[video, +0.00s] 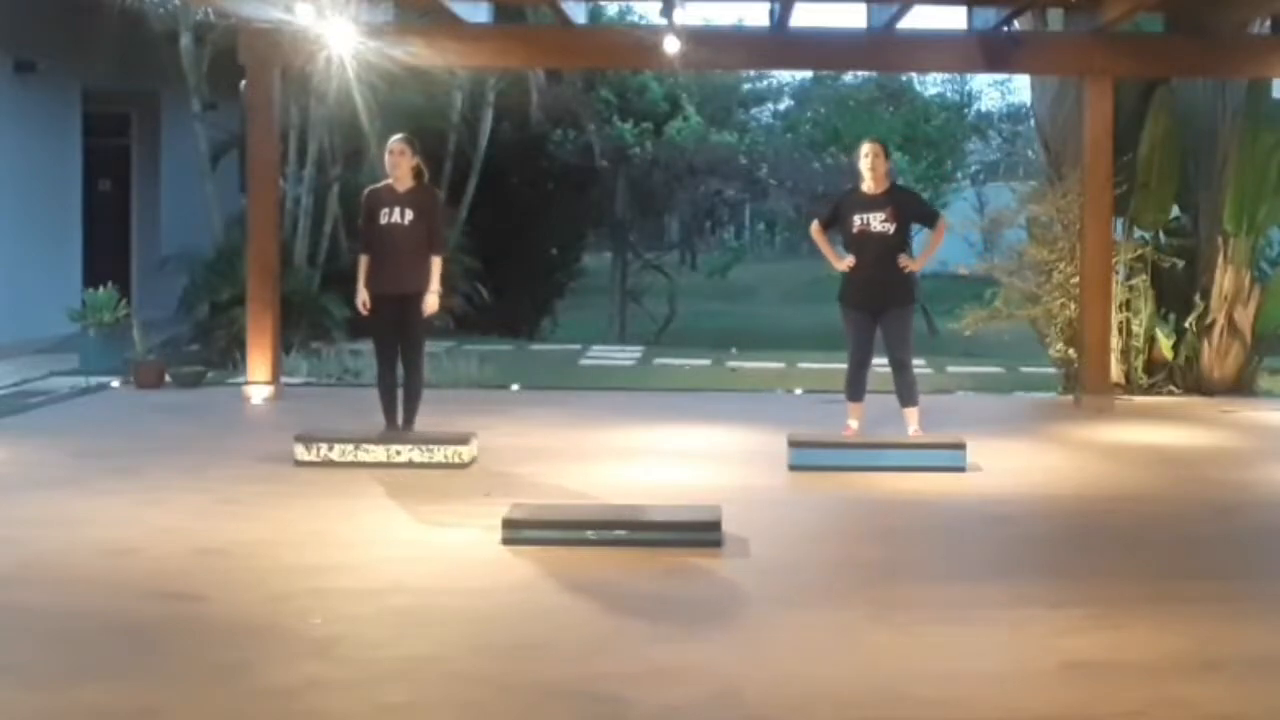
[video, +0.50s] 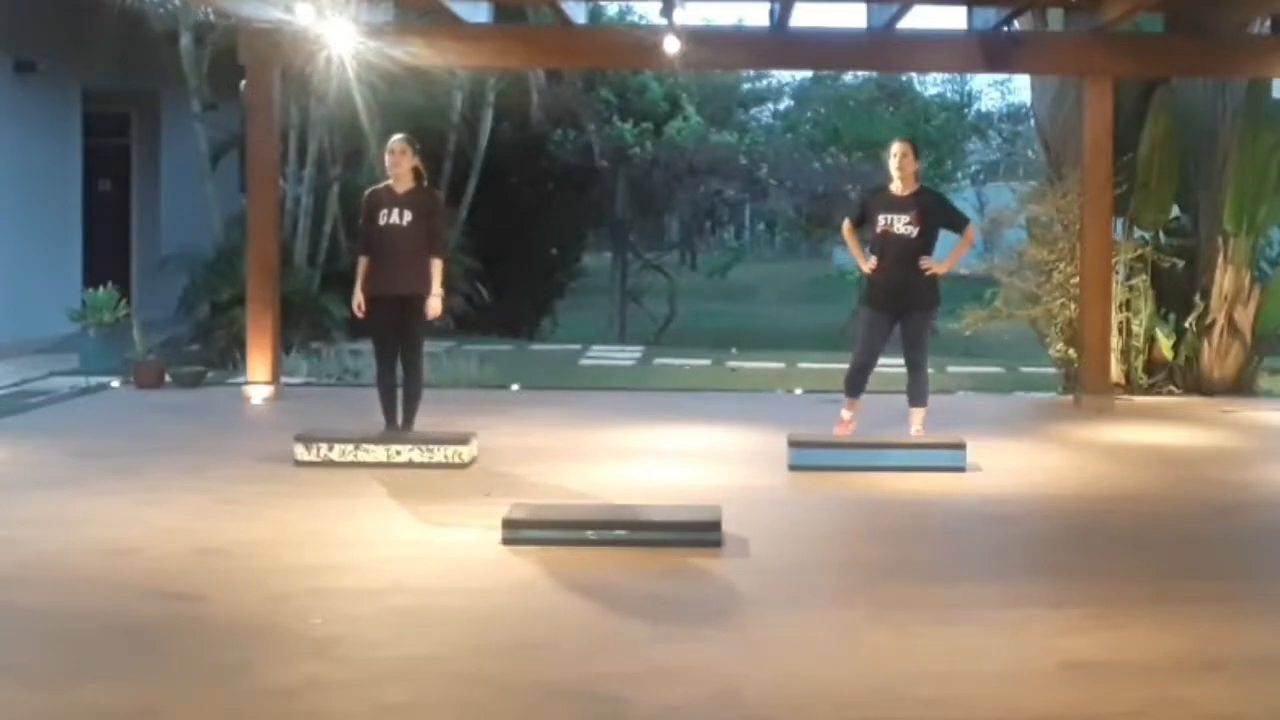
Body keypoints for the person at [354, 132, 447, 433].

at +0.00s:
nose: (394, 159)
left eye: (401, 153)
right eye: (390, 153)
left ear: (414, 159)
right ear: (384, 158)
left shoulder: (429, 196)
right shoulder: (373, 196)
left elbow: (436, 246)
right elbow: (366, 245)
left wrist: (433, 289)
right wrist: (361, 285)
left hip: (414, 292)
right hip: (381, 292)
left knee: (412, 361)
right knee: (385, 361)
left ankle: (408, 423)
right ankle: (390, 423)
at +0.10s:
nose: (395, 159)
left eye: (402, 153)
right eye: (391, 153)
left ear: (414, 159)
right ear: (385, 158)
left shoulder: (429, 197)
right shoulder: (373, 196)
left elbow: (436, 247)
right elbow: (365, 246)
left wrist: (431, 289)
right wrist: (360, 286)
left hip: (413, 292)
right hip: (381, 292)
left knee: (412, 362)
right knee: (385, 362)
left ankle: (408, 424)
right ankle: (390, 423)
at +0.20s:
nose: (396, 158)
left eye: (402, 153)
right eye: (392, 152)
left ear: (415, 159)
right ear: (385, 158)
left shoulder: (430, 198)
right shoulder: (373, 197)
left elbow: (436, 248)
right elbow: (365, 246)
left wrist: (430, 289)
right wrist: (359, 286)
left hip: (413, 293)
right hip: (380, 292)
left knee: (412, 362)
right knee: (386, 362)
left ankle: (408, 424)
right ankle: (390, 423)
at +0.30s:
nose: (395, 158)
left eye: (402, 153)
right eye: (391, 152)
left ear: (415, 159)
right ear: (385, 158)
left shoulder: (430, 198)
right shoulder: (373, 197)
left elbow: (436, 248)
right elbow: (365, 246)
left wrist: (431, 290)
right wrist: (359, 286)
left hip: (413, 293)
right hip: (380, 293)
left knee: (412, 362)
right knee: (386, 362)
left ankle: (407, 424)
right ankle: (390, 423)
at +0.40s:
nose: (395, 159)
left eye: (402, 153)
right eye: (391, 153)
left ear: (415, 159)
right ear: (385, 158)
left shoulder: (429, 198)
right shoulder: (373, 197)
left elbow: (436, 248)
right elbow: (365, 246)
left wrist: (433, 291)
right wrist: (358, 286)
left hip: (414, 293)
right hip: (380, 293)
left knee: (412, 362)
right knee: (385, 362)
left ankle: (407, 424)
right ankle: (390, 423)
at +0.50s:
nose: (394, 159)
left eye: (401, 153)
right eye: (390, 153)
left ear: (414, 159)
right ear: (384, 158)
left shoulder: (429, 198)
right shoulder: (373, 197)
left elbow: (436, 248)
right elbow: (365, 247)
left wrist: (436, 291)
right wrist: (358, 288)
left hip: (414, 294)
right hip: (380, 294)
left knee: (412, 362)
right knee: (385, 362)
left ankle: (407, 424)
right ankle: (390, 423)